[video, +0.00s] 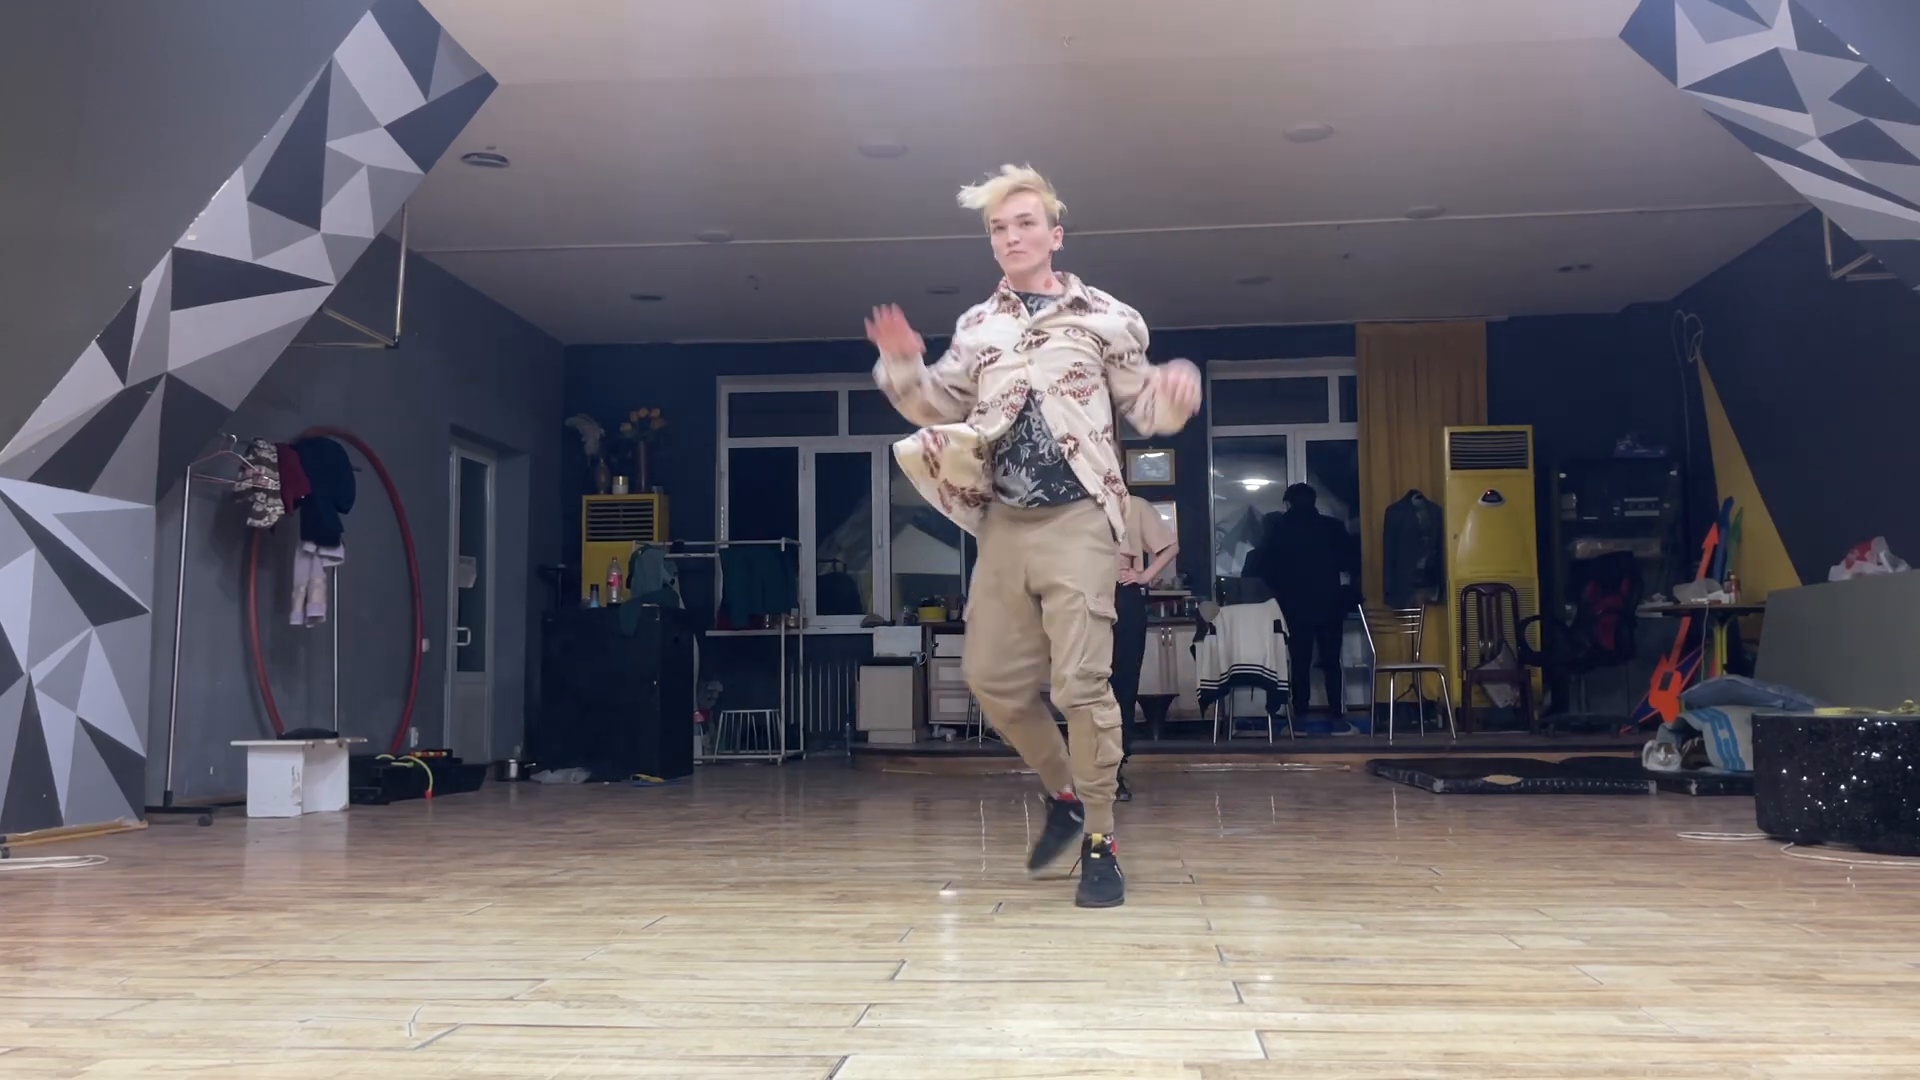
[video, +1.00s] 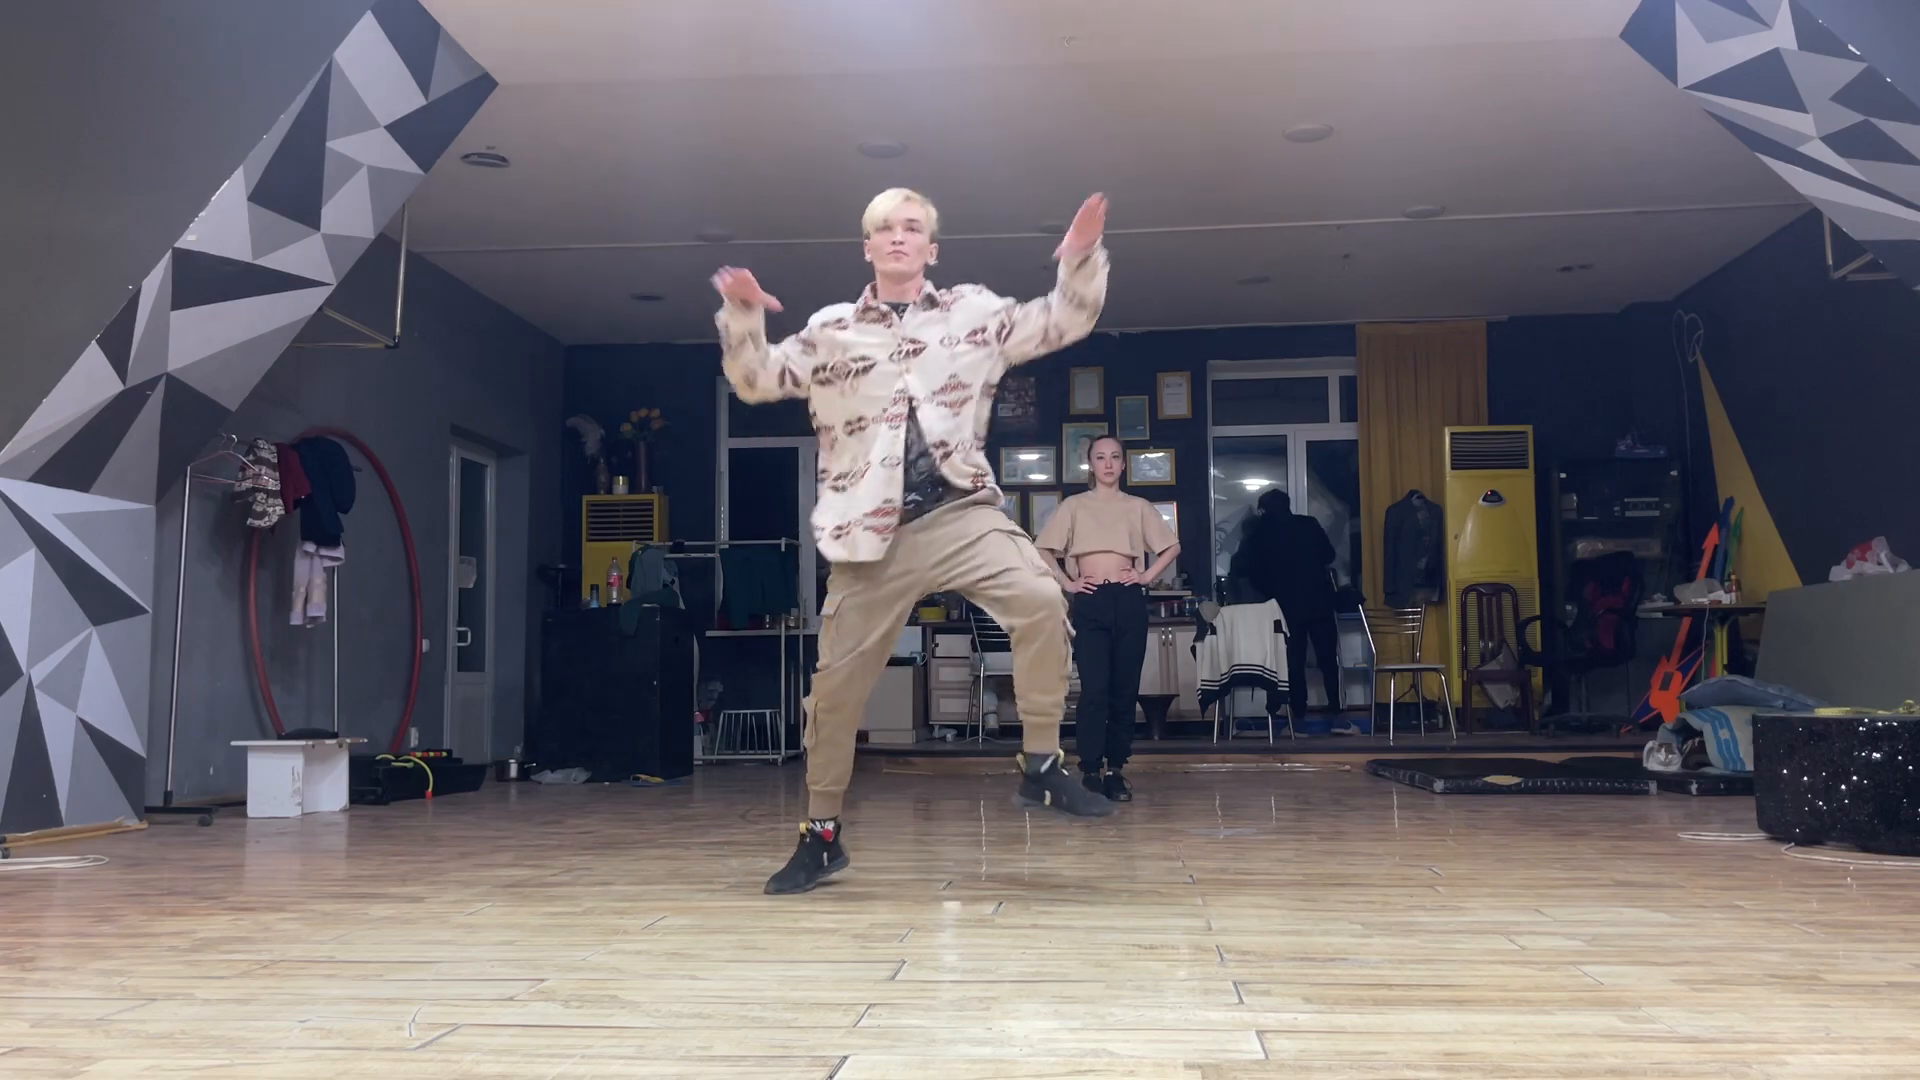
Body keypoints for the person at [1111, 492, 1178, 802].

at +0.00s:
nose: (1109, 481)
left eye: (1112, 475)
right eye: (1103, 477)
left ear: (1120, 476)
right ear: (1093, 481)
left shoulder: (1136, 507)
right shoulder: (1082, 509)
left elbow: (1170, 546)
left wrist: (1145, 575)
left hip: (1126, 593)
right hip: (1088, 593)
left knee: (1123, 679)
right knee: (1091, 678)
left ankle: (1116, 768)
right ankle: (1092, 768)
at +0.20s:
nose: (1106, 464)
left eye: (1112, 458)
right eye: (1101, 458)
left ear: (1122, 464)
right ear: (1091, 464)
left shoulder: (1136, 506)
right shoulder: (1077, 504)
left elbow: (1169, 546)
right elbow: (1063, 549)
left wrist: (1145, 576)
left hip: (1125, 598)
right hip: (1086, 600)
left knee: (1122, 685)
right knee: (1092, 686)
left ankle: (1118, 769)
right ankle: (1091, 770)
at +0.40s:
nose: (1108, 464)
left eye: (1114, 458)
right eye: (1101, 458)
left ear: (1123, 464)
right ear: (1089, 465)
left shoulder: (1139, 507)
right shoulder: (1073, 505)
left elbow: (1171, 547)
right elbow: (1050, 546)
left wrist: (1146, 576)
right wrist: (1069, 579)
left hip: (1126, 600)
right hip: (1083, 601)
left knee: (1124, 692)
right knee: (1089, 688)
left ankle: (1116, 783)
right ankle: (1090, 778)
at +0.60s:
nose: (1110, 464)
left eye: (1115, 458)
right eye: (1102, 458)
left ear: (1124, 464)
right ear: (1088, 466)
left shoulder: (1138, 507)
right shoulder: (1074, 507)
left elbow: (1171, 547)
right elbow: (1042, 548)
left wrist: (1147, 575)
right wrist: (1069, 579)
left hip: (1128, 601)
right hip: (1087, 602)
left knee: (1125, 690)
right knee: (1094, 689)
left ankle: (1116, 772)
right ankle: (1091, 773)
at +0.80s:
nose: (1108, 464)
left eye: (1114, 457)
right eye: (1101, 458)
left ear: (1123, 463)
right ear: (1090, 464)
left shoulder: (1139, 506)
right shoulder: (1073, 505)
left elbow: (1171, 546)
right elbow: (1047, 547)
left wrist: (1147, 575)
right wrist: (1067, 582)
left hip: (1129, 600)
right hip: (1087, 602)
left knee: (1125, 691)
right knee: (1094, 689)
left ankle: (1116, 773)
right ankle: (1091, 774)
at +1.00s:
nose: (1108, 463)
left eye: (1114, 457)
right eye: (1100, 457)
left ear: (1123, 462)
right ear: (1090, 463)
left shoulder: (1139, 506)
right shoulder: (1073, 505)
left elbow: (1172, 547)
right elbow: (1044, 549)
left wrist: (1147, 576)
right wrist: (1066, 582)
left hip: (1130, 600)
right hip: (1090, 601)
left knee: (1124, 689)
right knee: (1094, 689)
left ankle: (1115, 772)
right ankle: (1091, 772)